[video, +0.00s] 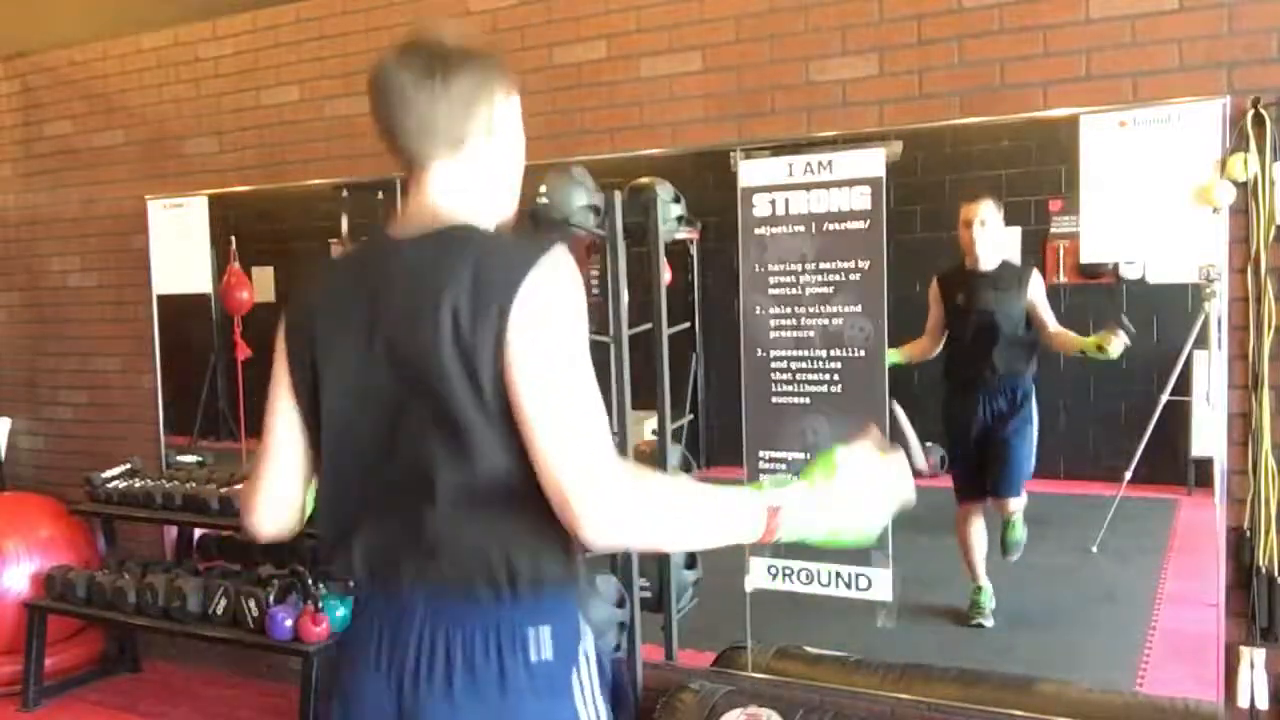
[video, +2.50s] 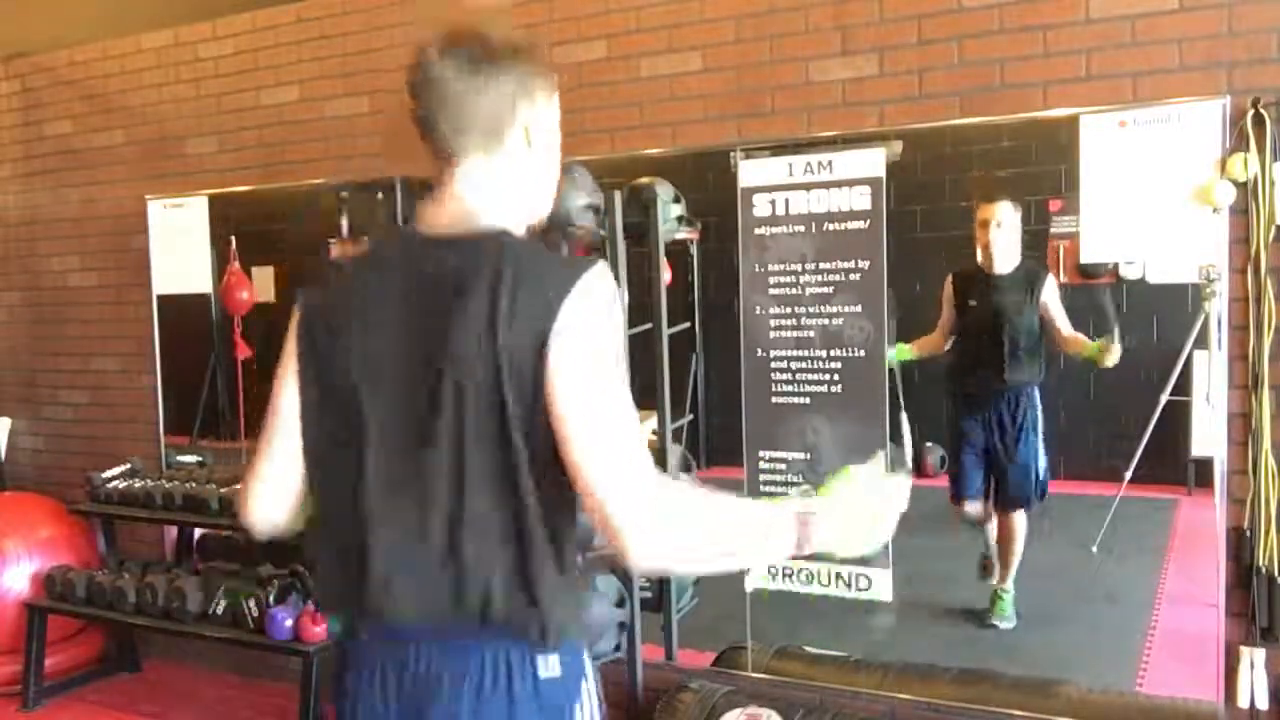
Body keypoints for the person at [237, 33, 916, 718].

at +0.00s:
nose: (523, 160)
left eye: (519, 136)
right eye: (518, 135)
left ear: (400, 144)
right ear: (493, 132)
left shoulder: (317, 297)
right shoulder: (525, 272)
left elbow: (267, 513)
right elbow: (601, 508)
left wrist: (365, 437)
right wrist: (789, 511)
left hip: (372, 641)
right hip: (519, 647)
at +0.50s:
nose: (557, 118)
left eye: (553, 93)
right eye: (553, 93)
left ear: (424, 105)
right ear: (528, 97)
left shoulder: (339, 270)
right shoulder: (557, 247)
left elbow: (282, 478)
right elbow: (632, 472)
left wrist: (393, 434)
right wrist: (810, 502)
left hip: (396, 637)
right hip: (539, 635)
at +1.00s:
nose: (581, 61)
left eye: (577, 41)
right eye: (577, 39)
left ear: (454, 52)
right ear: (555, 41)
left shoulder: (354, 212)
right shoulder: (588, 194)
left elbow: (296, 427)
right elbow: (644, 436)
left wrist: (270, 541)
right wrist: (809, 552)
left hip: (381, 578)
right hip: (530, 595)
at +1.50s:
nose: (540, 80)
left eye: (538, 57)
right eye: (537, 56)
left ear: (416, 62)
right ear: (517, 57)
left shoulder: (311, 229)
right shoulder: (540, 198)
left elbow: (268, 454)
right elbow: (589, 441)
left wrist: (267, 512)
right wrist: (760, 533)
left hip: (356, 573)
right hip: (504, 582)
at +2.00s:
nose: (513, 145)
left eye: (506, 121)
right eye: (508, 121)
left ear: (384, 134)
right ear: (487, 122)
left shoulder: (299, 292)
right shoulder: (516, 267)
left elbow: (242, 511)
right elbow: (597, 502)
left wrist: (346, 421)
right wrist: (791, 491)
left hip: (371, 640)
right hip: (518, 642)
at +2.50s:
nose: (562, 156)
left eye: (557, 130)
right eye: (557, 130)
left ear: (436, 136)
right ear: (530, 129)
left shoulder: (326, 302)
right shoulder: (563, 292)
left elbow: (265, 508)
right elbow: (638, 524)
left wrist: (373, 440)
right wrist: (812, 522)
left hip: (373, 665)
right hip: (520, 667)